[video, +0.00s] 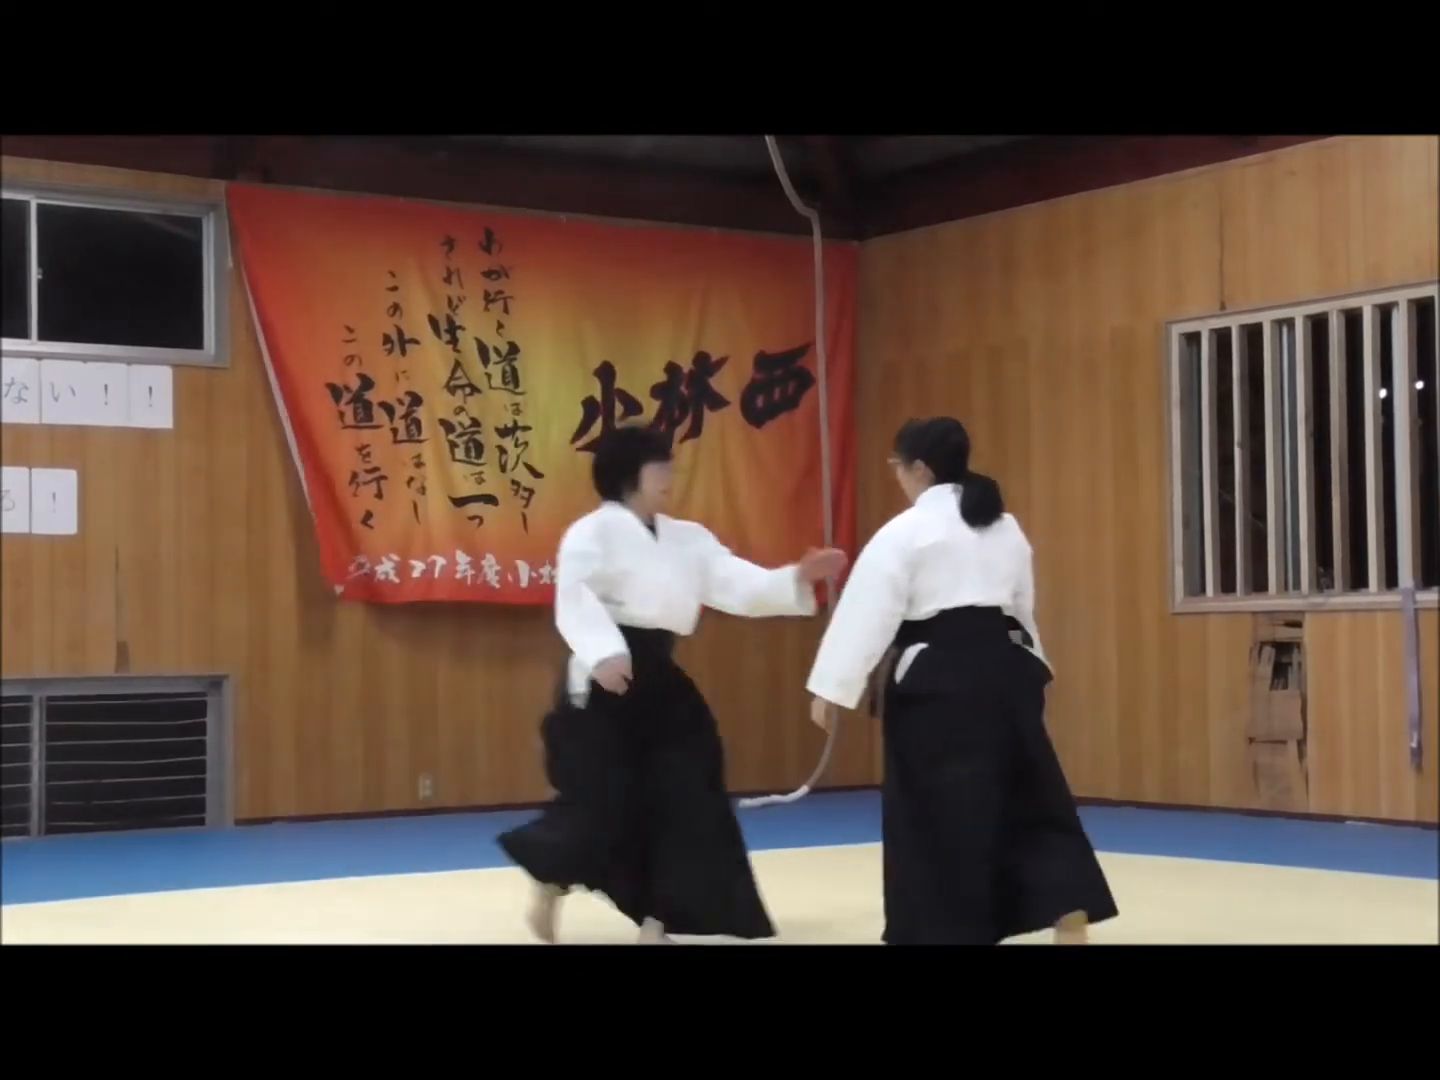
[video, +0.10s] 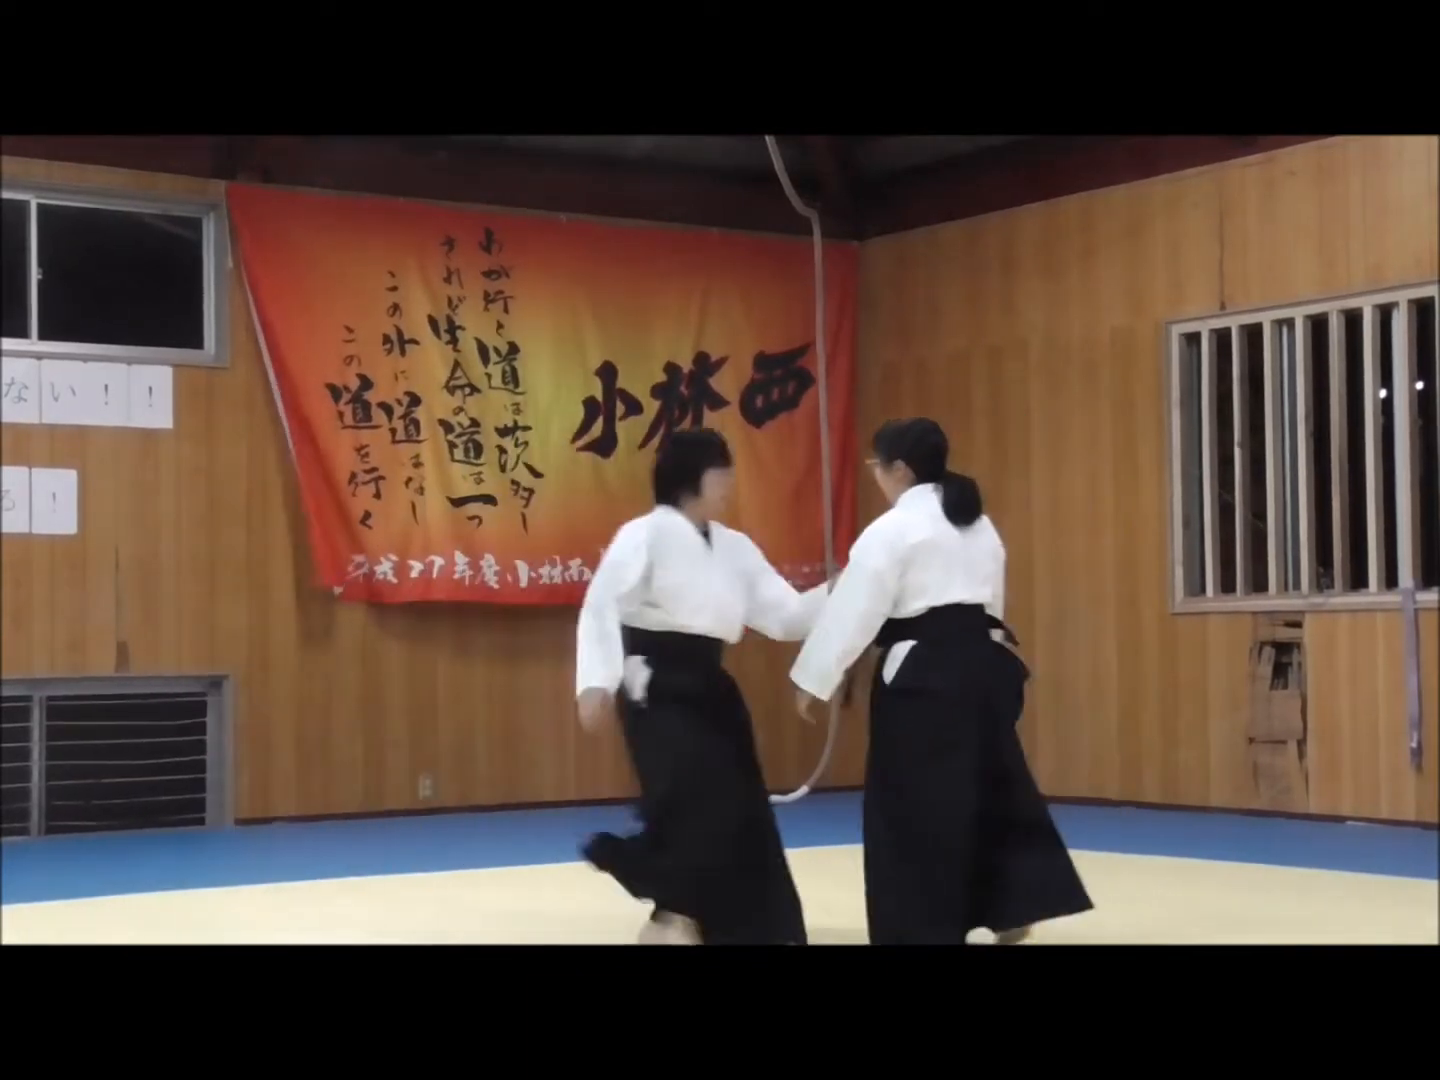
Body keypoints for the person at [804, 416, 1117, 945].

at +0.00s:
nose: (897, 477)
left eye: (899, 467)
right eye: (897, 467)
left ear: (917, 469)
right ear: (956, 466)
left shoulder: (903, 533)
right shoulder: (1004, 526)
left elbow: (865, 613)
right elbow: (1021, 608)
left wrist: (831, 685)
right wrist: (1034, 668)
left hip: (935, 675)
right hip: (1009, 669)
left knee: (934, 802)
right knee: (1029, 791)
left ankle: (940, 927)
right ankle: (1069, 907)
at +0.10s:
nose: (875, 478)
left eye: (878, 468)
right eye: (875, 468)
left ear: (898, 469)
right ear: (934, 466)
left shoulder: (889, 532)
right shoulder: (980, 525)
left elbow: (853, 613)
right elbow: (987, 606)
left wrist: (812, 678)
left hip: (922, 673)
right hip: (990, 666)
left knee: (910, 798)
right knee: (984, 785)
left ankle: (920, 927)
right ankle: (1008, 913)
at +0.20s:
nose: (856, 483)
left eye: (859, 472)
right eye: (855, 472)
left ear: (884, 470)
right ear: (906, 469)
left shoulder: (888, 529)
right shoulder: (952, 517)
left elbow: (850, 610)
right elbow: (944, 599)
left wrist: (812, 660)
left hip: (910, 673)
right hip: (963, 668)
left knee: (898, 801)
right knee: (959, 799)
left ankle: (909, 926)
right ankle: (985, 922)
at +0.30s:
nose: (846, 487)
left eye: (852, 475)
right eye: (846, 476)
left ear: (876, 473)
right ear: (892, 473)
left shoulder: (889, 528)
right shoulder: (915, 516)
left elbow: (867, 615)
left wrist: (839, 676)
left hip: (912, 667)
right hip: (948, 662)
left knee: (907, 797)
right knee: (947, 796)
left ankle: (925, 921)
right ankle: (966, 918)